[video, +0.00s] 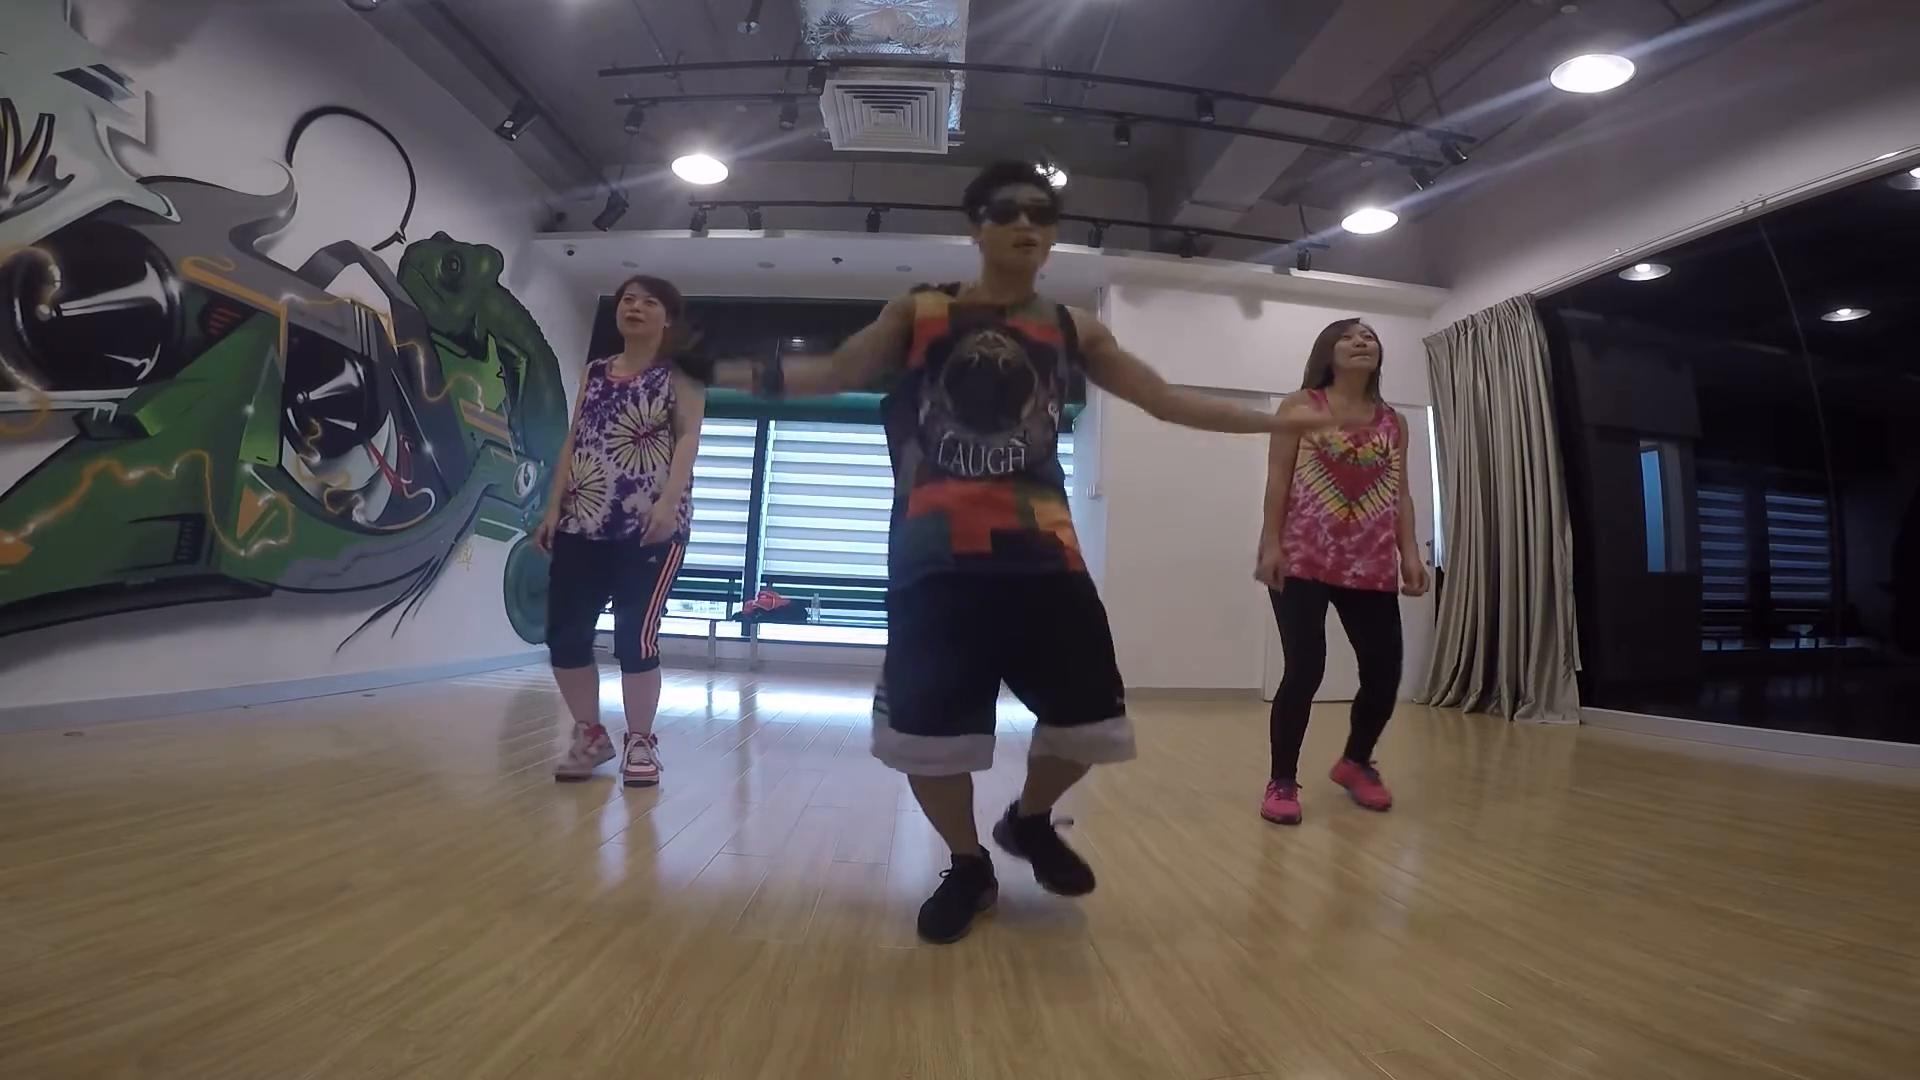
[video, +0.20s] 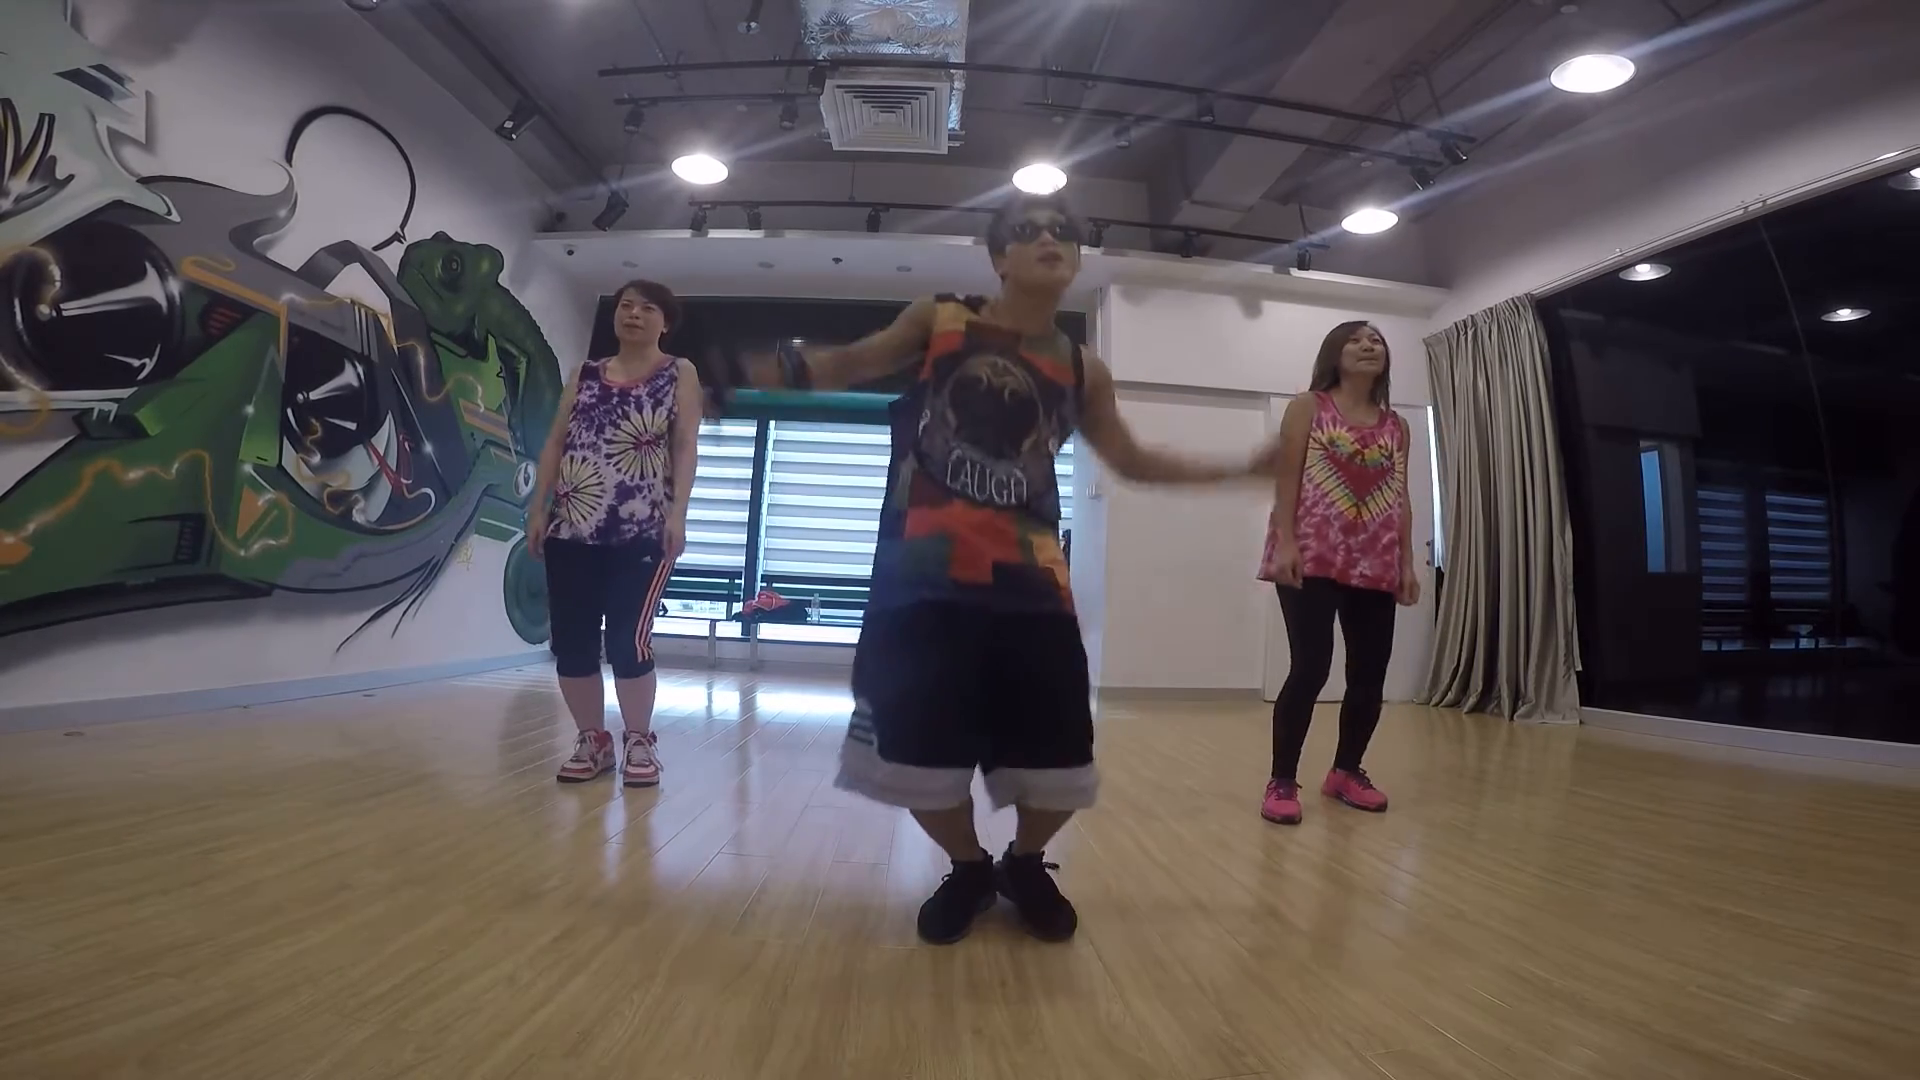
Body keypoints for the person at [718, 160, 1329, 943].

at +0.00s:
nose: (1027, 232)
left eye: (1041, 220)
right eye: (1009, 217)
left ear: (1053, 237)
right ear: (974, 228)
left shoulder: (1073, 331)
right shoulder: (915, 317)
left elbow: (1166, 398)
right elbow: (831, 369)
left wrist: (1275, 419)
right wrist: (755, 373)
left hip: (1044, 558)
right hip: (938, 560)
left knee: (1089, 723)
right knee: (924, 739)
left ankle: (1026, 821)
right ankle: (966, 867)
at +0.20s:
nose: (1049, 244)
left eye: (1062, 235)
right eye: (1029, 234)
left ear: (1077, 262)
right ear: (996, 257)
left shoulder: (1081, 367)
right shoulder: (939, 321)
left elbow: (1135, 462)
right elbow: (844, 361)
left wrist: (1246, 466)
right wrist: (763, 369)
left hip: (1031, 586)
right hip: (925, 580)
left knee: (1060, 767)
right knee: (913, 761)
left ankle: (1025, 864)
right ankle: (969, 867)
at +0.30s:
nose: (1055, 256)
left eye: (1068, 248)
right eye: (1036, 246)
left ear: (1085, 275)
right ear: (1004, 269)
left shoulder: (1089, 388)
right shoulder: (943, 335)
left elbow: (1106, 495)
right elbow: (872, 407)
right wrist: (853, 429)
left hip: (1036, 591)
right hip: (930, 584)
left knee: (1075, 766)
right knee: (906, 762)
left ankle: (1028, 862)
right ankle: (969, 866)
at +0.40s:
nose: (1048, 257)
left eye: (1062, 247)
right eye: (1028, 246)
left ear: (1077, 272)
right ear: (997, 268)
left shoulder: (1093, 388)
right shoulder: (942, 349)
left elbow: (1086, 499)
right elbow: (920, 467)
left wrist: (1071, 584)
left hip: (1050, 596)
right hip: (944, 589)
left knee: (1087, 767)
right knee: (916, 759)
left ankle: (1031, 863)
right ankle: (970, 864)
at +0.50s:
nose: (1027, 240)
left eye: (1042, 231)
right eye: (1010, 229)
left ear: (1060, 258)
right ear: (980, 253)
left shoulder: (1090, 359)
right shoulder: (940, 349)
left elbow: (1082, 470)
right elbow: (940, 460)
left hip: (1065, 580)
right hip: (956, 576)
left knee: (1092, 746)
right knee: (907, 743)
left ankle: (1032, 867)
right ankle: (952, 855)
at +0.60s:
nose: (1008, 234)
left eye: (1023, 227)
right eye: (991, 223)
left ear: (1039, 251)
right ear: (961, 246)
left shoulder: (1078, 334)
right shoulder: (933, 345)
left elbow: (1101, 448)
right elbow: (934, 459)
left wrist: (1051, 507)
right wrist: (983, 515)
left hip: (1065, 576)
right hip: (962, 570)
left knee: (1078, 735)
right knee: (903, 722)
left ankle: (1025, 866)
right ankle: (937, 826)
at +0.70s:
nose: (985, 248)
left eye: (1001, 239)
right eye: (970, 235)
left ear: (1019, 262)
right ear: (945, 256)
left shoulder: (1060, 331)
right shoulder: (925, 359)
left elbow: (1114, 419)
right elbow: (917, 460)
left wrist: (1120, 525)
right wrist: (932, 533)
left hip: (1066, 568)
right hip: (966, 568)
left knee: (1073, 734)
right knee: (915, 725)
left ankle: (1025, 865)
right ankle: (950, 797)